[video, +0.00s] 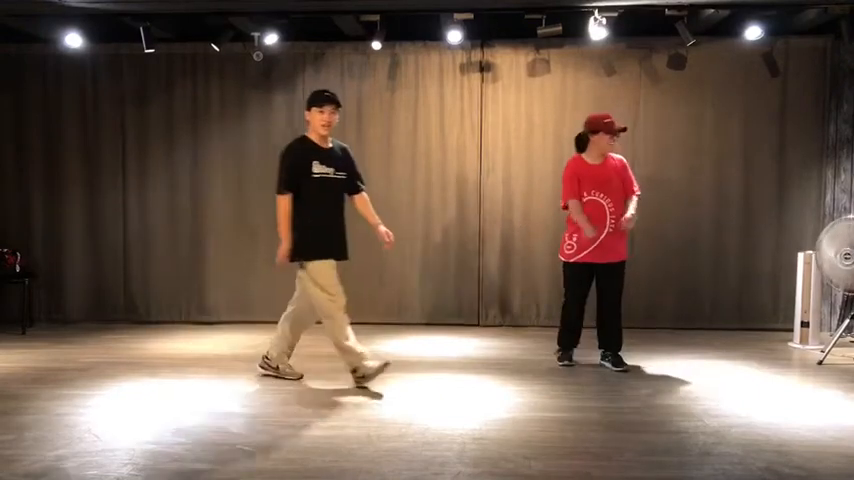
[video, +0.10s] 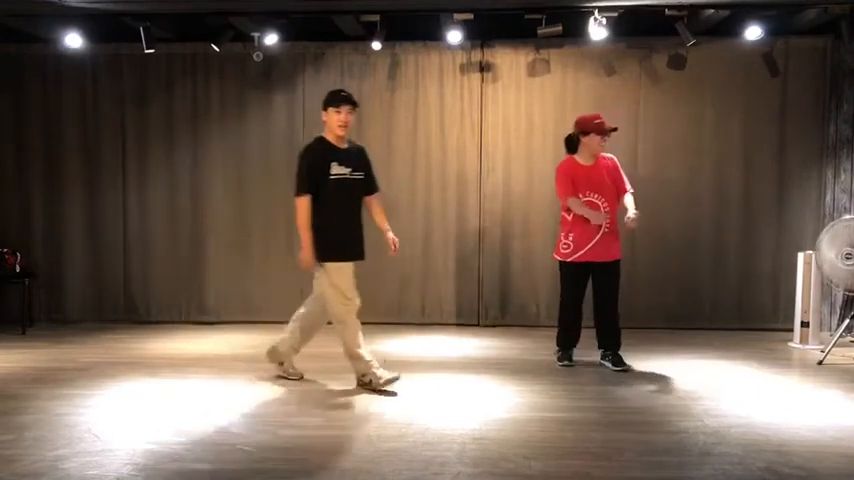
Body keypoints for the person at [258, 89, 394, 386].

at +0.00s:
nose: (328, 118)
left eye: (333, 112)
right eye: (321, 112)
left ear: (337, 116)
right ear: (308, 115)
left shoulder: (341, 153)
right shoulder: (295, 151)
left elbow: (357, 193)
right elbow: (284, 196)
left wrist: (377, 225)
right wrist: (285, 240)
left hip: (331, 243)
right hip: (308, 243)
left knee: (303, 307)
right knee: (333, 304)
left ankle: (274, 358)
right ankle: (359, 365)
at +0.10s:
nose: (344, 119)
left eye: (349, 113)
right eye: (337, 112)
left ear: (354, 118)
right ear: (325, 115)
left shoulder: (357, 154)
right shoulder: (312, 154)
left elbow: (371, 197)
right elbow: (303, 201)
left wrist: (387, 229)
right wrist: (306, 246)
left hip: (350, 244)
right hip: (327, 245)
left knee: (320, 304)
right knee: (347, 307)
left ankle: (282, 351)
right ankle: (366, 372)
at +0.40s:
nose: (402, 111)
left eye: (407, 106)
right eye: (396, 104)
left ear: (410, 111)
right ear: (381, 105)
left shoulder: (406, 148)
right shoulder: (366, 142)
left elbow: (411, 194)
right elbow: (367, 191)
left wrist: (413, 233)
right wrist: (386, 235)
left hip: (403, 239)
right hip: (372, 242)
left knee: (424, 292)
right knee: (372, 309)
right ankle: (369, 372)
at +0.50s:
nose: (420, 111)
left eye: (425, 107)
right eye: (414, 104)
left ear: (429, 112)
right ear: (400, 105)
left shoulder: (423, 150)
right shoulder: (385, 142)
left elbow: (422, 198)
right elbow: (386, 190)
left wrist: (424, 237)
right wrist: (416, 232)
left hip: (418, 244)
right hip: (387, 244)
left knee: (438, 304)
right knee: (380, 311)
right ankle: (371, 372)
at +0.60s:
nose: (441, 113)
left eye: (446, 108)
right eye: (435, 106)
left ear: (449, 114)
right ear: (420, 107)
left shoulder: (442, 153)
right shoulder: (404, 144)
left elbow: (443, 200)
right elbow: (407, 191)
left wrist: (444, 236)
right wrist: (438, 230)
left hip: (437, 247)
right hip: (405, 247)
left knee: (455, 309)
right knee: (390, 312)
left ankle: (476, 372)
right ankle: (373, 369)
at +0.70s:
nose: (464, 111)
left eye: (469, 107)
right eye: (458, 104)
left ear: (472, 112)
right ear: (443, 105)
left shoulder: (464, 152)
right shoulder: (428, 142)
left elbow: (463, 201)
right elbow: (429, 192)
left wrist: (465, 241)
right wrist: (450, 235)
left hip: (461, 246)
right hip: (429, 246)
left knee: (470, 315)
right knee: (409, 314)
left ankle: (485, 379)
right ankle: (380, 366)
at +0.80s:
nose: (492, 111)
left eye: (496, 106)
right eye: (487, 104)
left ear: (497, 110)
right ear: (469, 103)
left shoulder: (487, 149)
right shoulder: (451, 140)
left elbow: (485, 199)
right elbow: (449, 191)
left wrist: (487, 240)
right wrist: (456, 239)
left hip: (484, 245)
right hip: (457, 246)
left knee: (485, 316)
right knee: (451, 311)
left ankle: (487, 381)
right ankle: (405, 354)